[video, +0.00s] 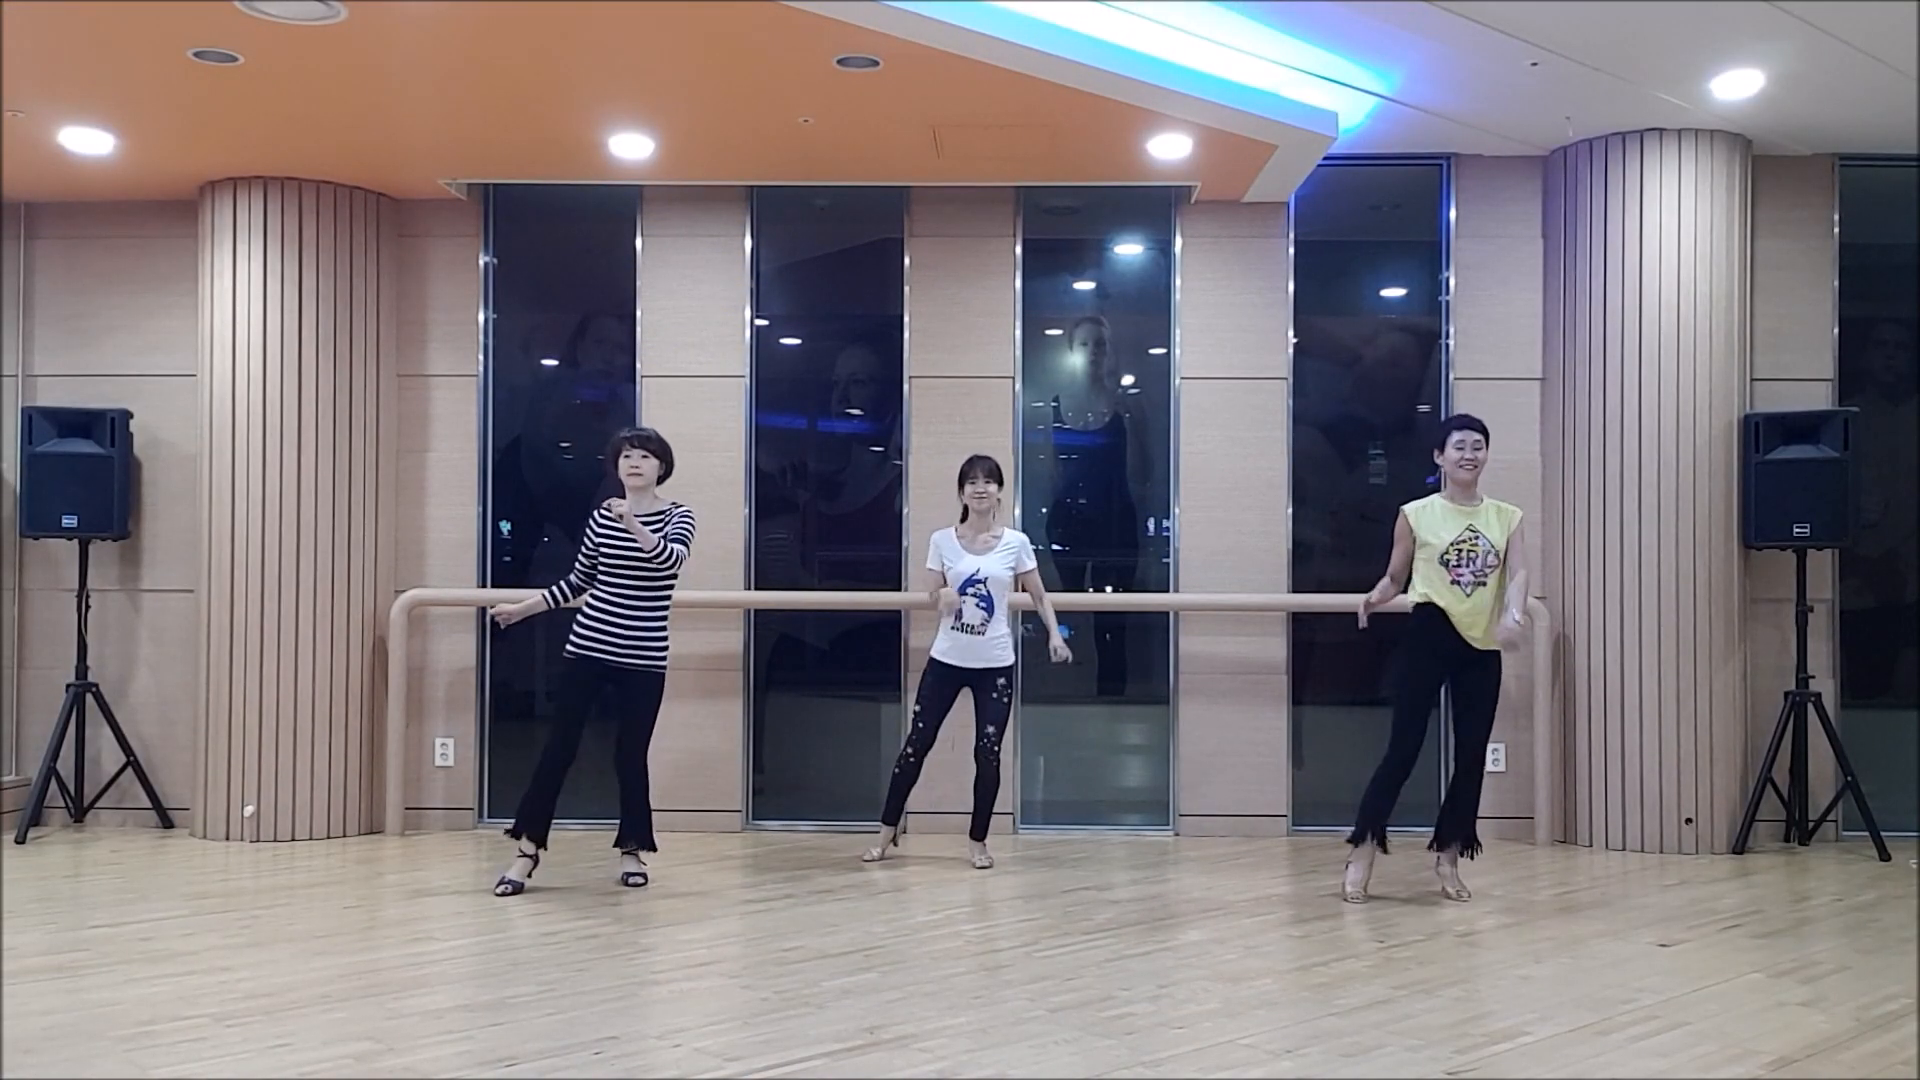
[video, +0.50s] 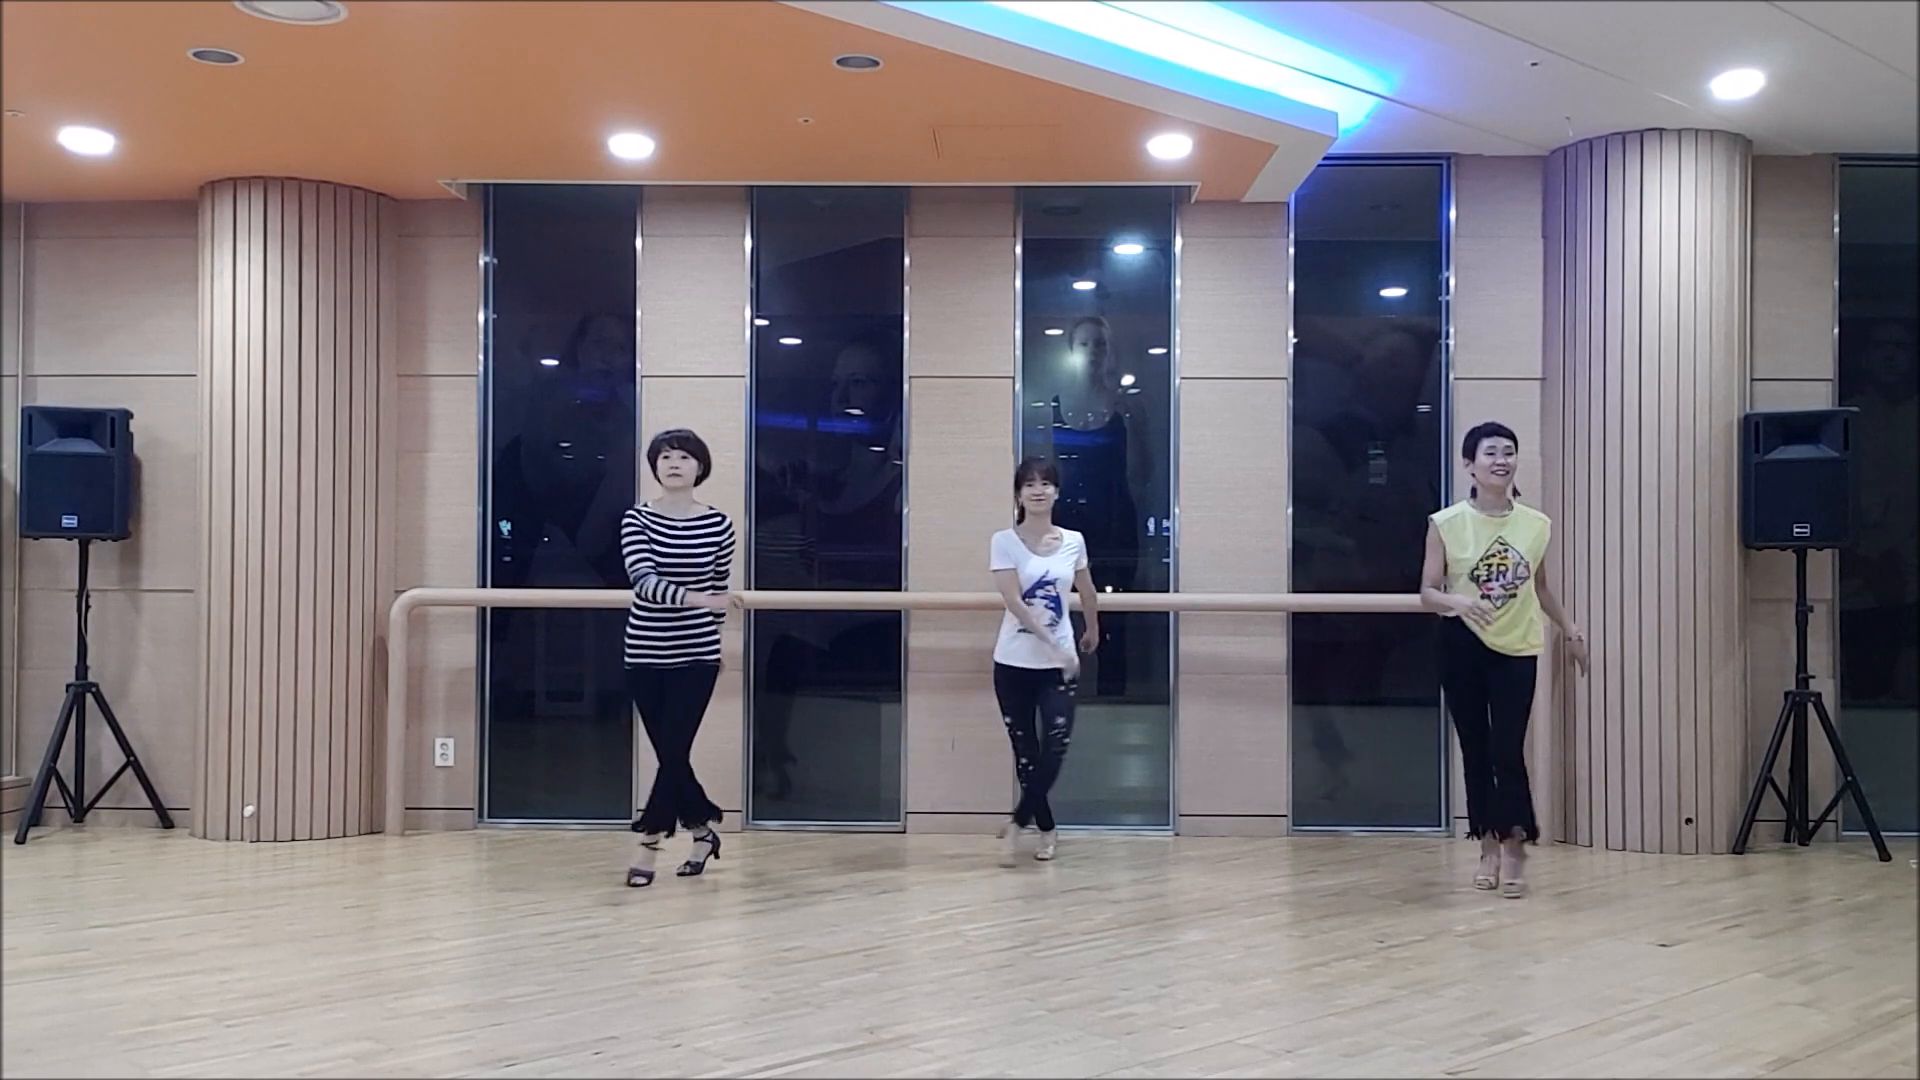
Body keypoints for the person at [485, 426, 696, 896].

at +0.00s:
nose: (635, 463)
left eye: (645, 457)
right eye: (628, 457)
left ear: (662, 467)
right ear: (616, 466)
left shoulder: (678, 517)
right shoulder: (604, 514)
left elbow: (670, 560)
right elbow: (578, 583)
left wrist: (631, 519)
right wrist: (524, 606)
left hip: (644, 656)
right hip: (587, 647)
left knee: (631, 755)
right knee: (560, 745)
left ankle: (632, 853)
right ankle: (527, 850)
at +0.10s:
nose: (642, 465)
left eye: (652, 459)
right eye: (635, 459)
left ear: (669, 469)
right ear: (624, 469)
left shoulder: (685, 518)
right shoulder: (609, 519)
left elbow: (678, 553)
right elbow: (582, 579)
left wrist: (649, 546)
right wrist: (528, 599)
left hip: (653, 659)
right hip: (596, 651)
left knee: (639, 757)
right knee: (561, 747)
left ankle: (630, 854)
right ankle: (527, 851)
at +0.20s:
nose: (652, 466)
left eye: (662, 461)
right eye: (644, 460)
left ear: (677, 473)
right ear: (632, 469)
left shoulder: (690, 525)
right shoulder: (612, 521)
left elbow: (693, 571)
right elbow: (583, 577)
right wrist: (541, 599)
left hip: (665, 656)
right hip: (610, 650)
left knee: (651, 759)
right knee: (581, 743)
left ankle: (630, 853)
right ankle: (549, 840)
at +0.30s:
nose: (657, 466)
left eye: (667, 461)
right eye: (650, 459)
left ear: (682, 472)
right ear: (638, 468)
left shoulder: (696, 526)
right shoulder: (615, 520)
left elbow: (706, 587)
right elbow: (585, 574)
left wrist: (715, 640)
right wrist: (593, 589)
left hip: (677, 658)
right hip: (620, 655)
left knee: (658, 756)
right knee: (605, 745)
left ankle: (631, 848)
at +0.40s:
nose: (665, 463)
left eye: (675, 457)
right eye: (657, 457)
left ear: (691, 468)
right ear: (644, 466)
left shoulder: (707, 525)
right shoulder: (626, 517)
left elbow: (715, 593)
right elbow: (616, 576)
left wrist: (723, 656)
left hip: (685, 655)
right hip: (630, 653)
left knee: (661, 755)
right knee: (642, 754)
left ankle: (633, 847)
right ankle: (688, 825)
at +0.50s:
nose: (674, 464)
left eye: (684, 457)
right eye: (665, 458)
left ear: (700, 467)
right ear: (654, 468)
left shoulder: (719, 523)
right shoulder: (636, 519)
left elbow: (721, 592)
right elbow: (644, 582)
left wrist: (715, 643)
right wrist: (700, 599)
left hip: (697, 652)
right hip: (644, 651)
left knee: (674, 750)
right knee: (669, 750)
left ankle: (647, 845)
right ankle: (705, 831)